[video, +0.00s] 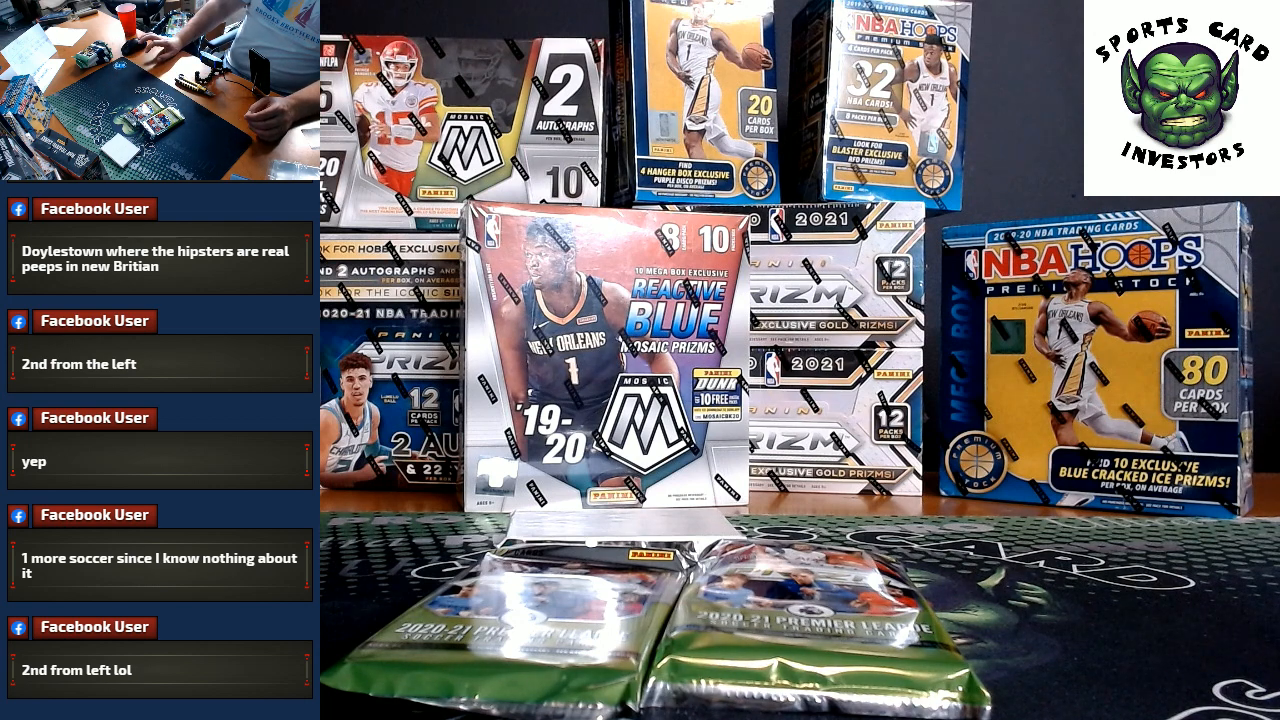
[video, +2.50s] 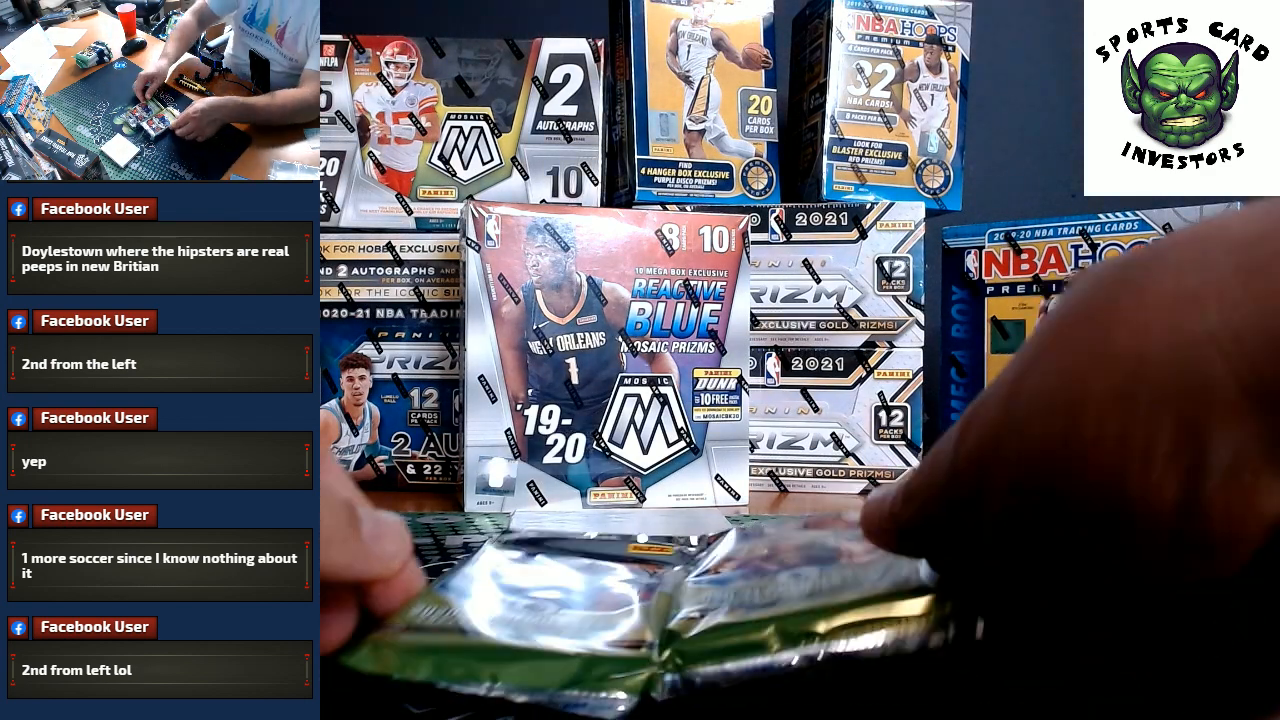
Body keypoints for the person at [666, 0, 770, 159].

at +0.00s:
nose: (697, 9)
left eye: (702, 6)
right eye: (695, 5)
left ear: (711, 12)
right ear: (691, 8)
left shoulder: (715, 34)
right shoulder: (678, 24)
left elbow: (740, 60)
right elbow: (670, 53)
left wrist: (765, 63)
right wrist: (678, 72)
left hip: (705, 87)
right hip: (692, 88)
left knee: (692, 141)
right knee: (725, 145)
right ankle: (767, 158)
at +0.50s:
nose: (697, 9)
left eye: (702, 6)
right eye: (695, 5)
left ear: (711, 12)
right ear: (691, 8)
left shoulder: (715, 34)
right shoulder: (678, 25)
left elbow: (739, 60)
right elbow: (670, 53)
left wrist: (764, 62)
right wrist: (678, 72)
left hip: (705, 87)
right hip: (692, 88)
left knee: (692, 141)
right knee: (725, 145)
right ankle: (767, 158)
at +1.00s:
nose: (697, 9)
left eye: (702, 6)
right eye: (694, 5)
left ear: (711, 12)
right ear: (691, 8)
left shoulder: (715, 34)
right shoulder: (678, 25)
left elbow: (739, 60)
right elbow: (670, 53)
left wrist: (764, 63)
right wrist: (678, 72)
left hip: (705, 87)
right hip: (692, 88)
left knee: (692, 141)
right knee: (725, 145)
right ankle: (767, 158)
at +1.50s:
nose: (697, 9)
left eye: (703, 6)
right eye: (695, 6)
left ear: (711, 12)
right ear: (692, 8)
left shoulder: (715, 34)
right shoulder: (678, 25)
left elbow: (740, 59)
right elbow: (670, 53)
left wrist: (764, 62)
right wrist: (678, 72)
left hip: (705, 87)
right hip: (692, 88)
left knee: (692, 141)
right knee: (725, 145)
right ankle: (766, 158)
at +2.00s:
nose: (697, 9)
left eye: (703, 6)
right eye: (695, 6)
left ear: (711, 12)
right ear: (692, 8)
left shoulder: (715, 34)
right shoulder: (678, 24)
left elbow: (740, 59)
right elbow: (670, 53)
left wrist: (764, 62)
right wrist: (678, 72)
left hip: (705, 87)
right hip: (692, 88)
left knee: (692, 141)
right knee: (725, 145)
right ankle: (766, 157)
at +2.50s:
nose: (697, 10)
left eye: (702, 7)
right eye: (695, 6)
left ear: (711, 12)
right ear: (691, 9)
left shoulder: (715, 34)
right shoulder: (678, 24)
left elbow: (739, 59)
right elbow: (670, 53)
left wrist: (764, 62)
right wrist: (678, 72)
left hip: (705, 87)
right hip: (692, 88)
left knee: (692, 141)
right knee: (725, 145)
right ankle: (767, 158)